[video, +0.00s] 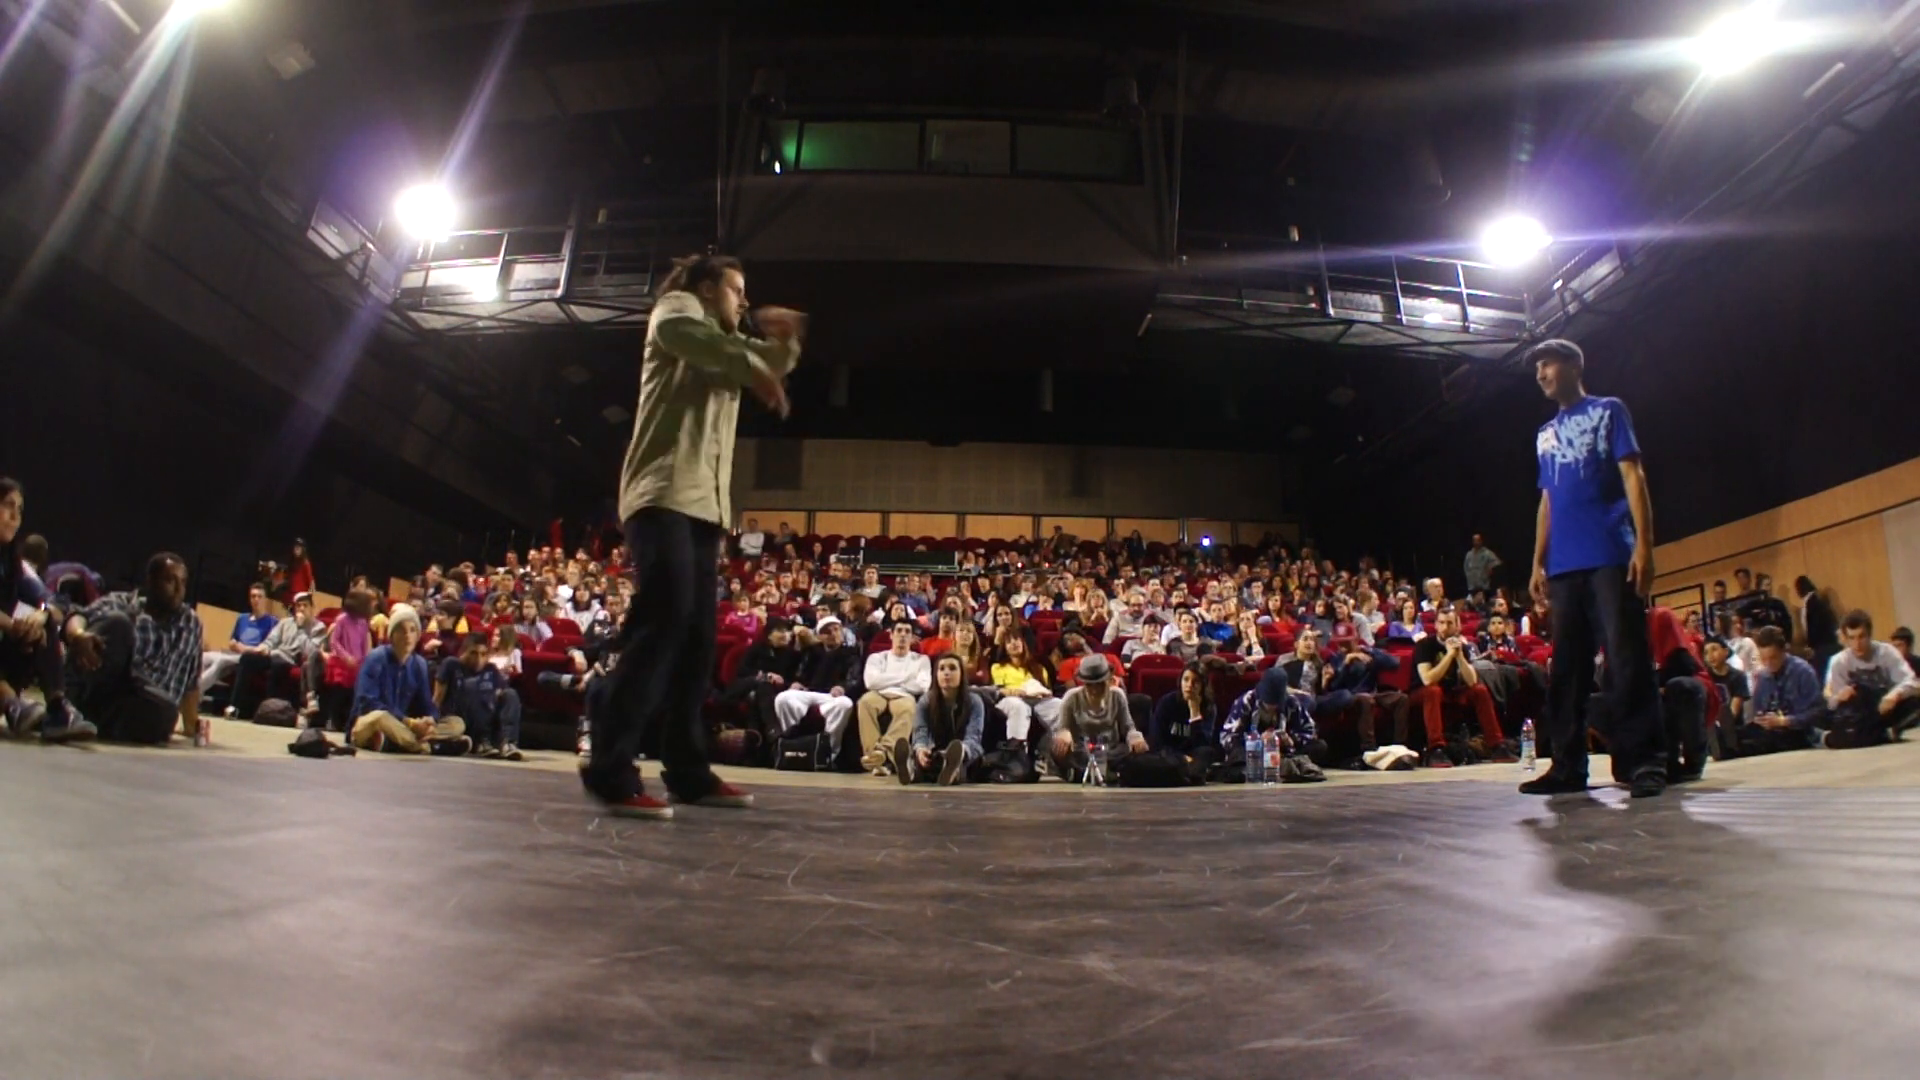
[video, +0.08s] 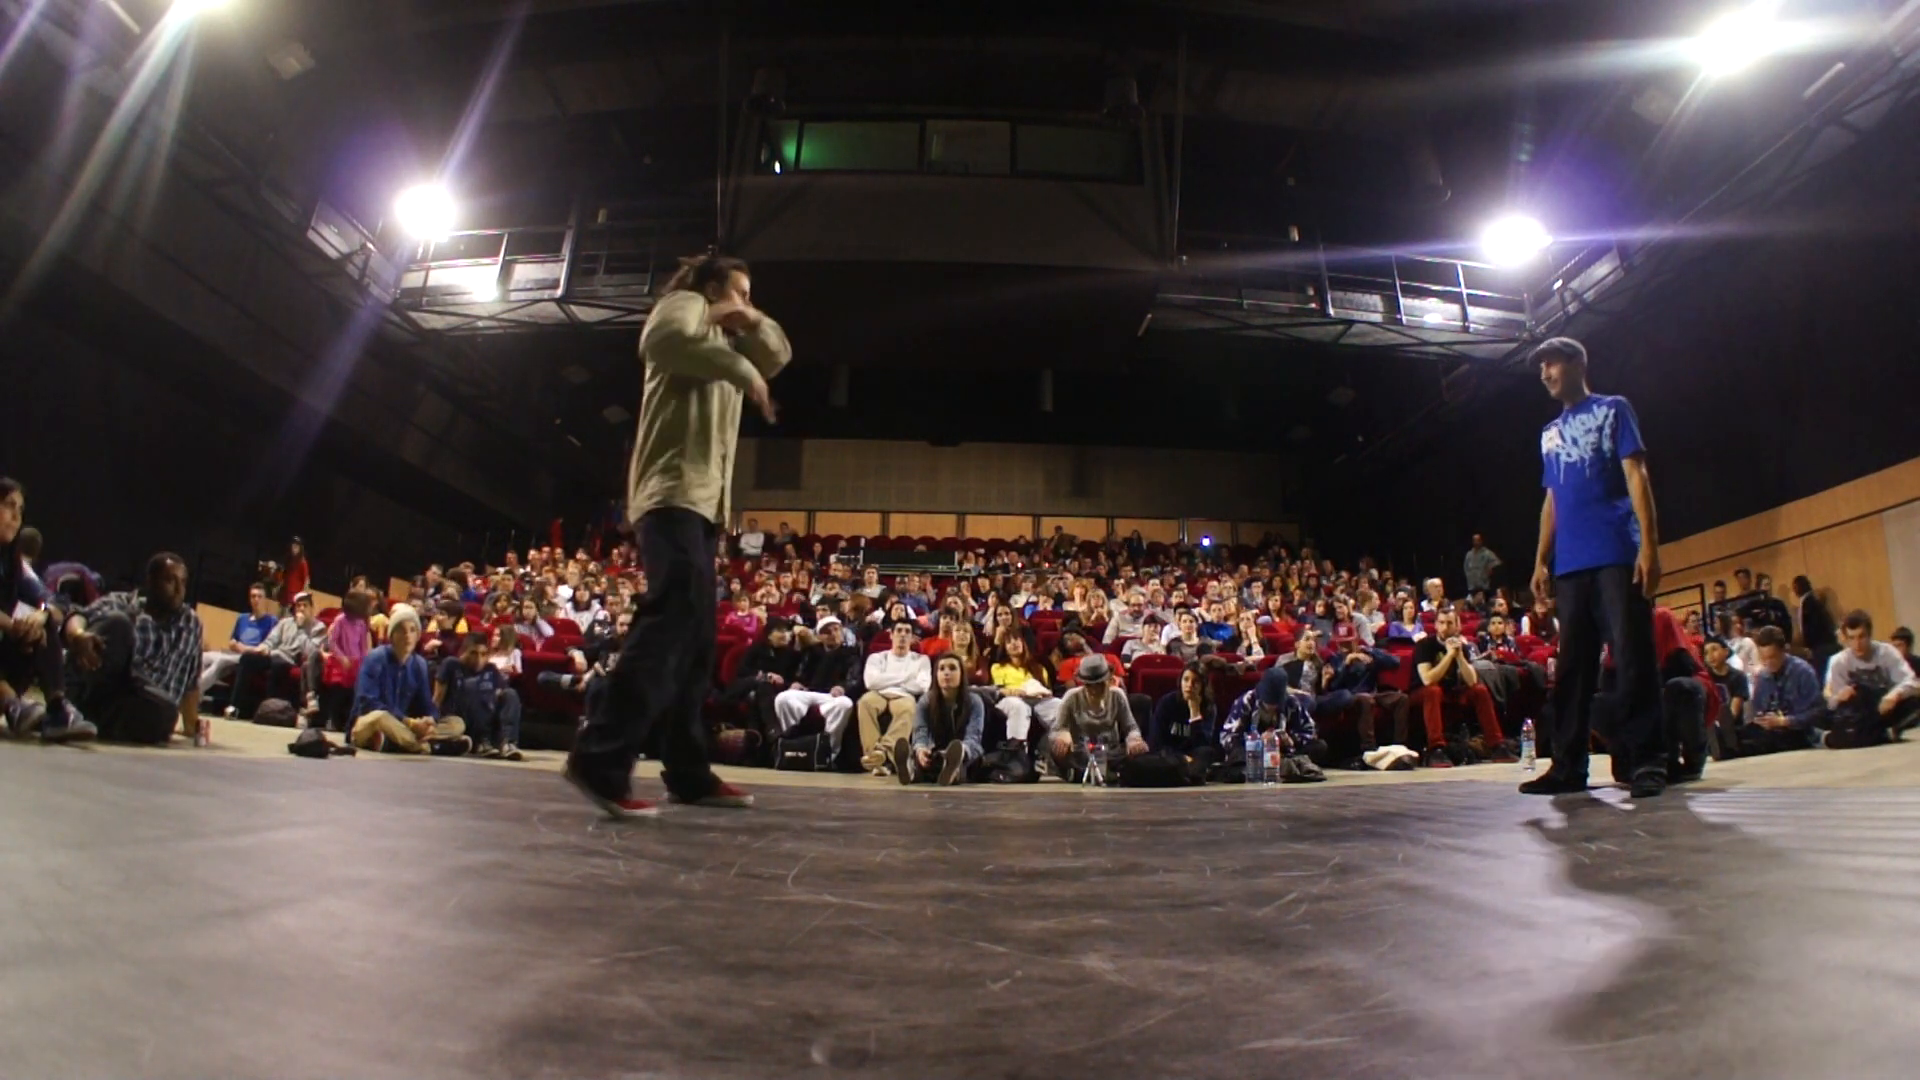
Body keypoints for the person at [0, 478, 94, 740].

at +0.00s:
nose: (14, 516)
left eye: (18, 509)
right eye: (8, 506)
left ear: (21, 517)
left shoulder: (12, 560)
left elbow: (50, 607)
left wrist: (42, 614)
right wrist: (12, 624)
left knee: (45, 626)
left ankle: (58, 708)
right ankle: (12, 704)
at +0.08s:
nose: (15, 516)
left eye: (19, 509)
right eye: (9, 506)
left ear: (21, 516)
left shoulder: (12, 559)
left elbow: (49, 606)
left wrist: (41, 614)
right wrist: (12, 624)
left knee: (45, 625)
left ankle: (57, 708)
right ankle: (12, 705)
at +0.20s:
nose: (19, 518)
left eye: (21, 510)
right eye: (12, 508)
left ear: (20, 516)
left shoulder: (11, 560)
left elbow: (48, 604)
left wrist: (42, 613)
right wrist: (12, 624)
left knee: (47, 622)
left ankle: (57, 708)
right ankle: (12, 704)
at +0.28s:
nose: (20, 518)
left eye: (22, 510)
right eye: (13, 508)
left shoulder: (11, 561)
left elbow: (50, 604)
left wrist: (42, 613)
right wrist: (12, 624)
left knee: (48, 622)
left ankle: (57, 708)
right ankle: (12, 704)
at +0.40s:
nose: (20, 518)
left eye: (22, 510)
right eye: (13, 509)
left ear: (21, 515)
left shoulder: (11, 564)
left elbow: (53, 607)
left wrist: (42, 613)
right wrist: (11, 624)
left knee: (47, 623)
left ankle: (58, 708)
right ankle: (12, 705)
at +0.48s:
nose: (19, 518)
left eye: (21, 510)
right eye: (11, 508)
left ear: (22, 514)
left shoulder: (11, 564)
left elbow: (53, 606)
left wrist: (42, 614)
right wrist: (11, 624)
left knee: (46, 624)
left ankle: (58, 709)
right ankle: (12, 704)